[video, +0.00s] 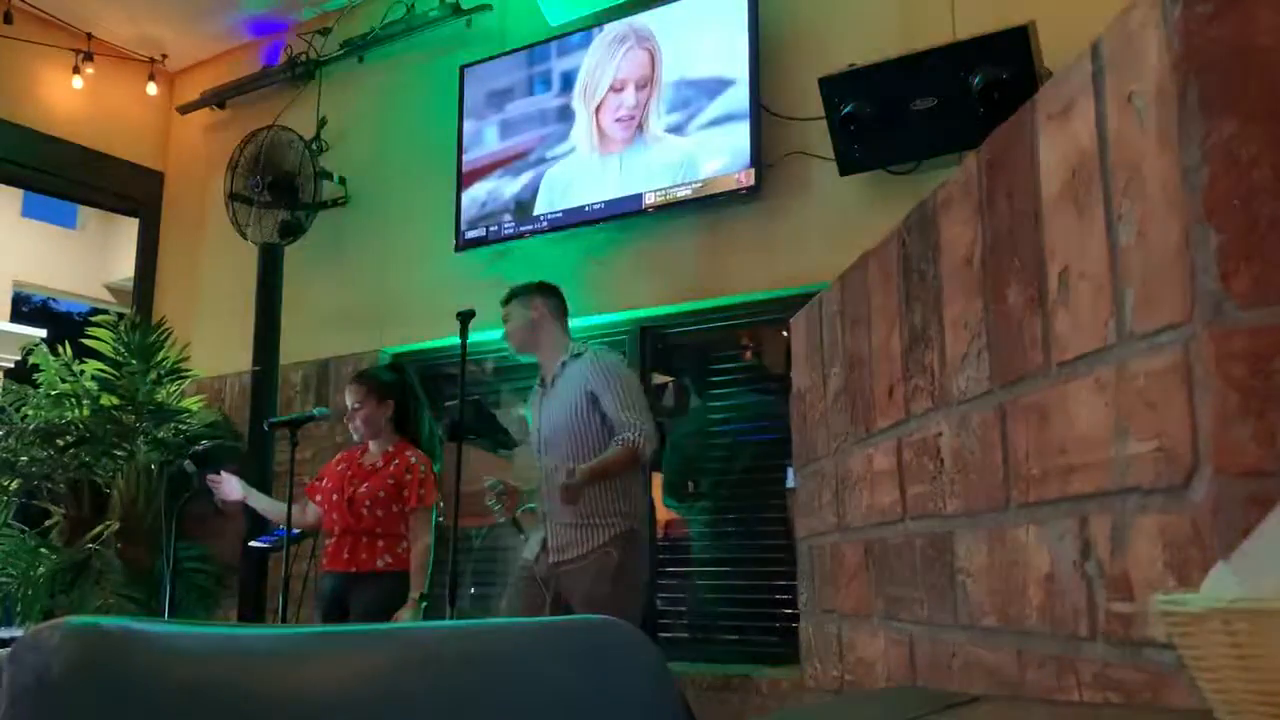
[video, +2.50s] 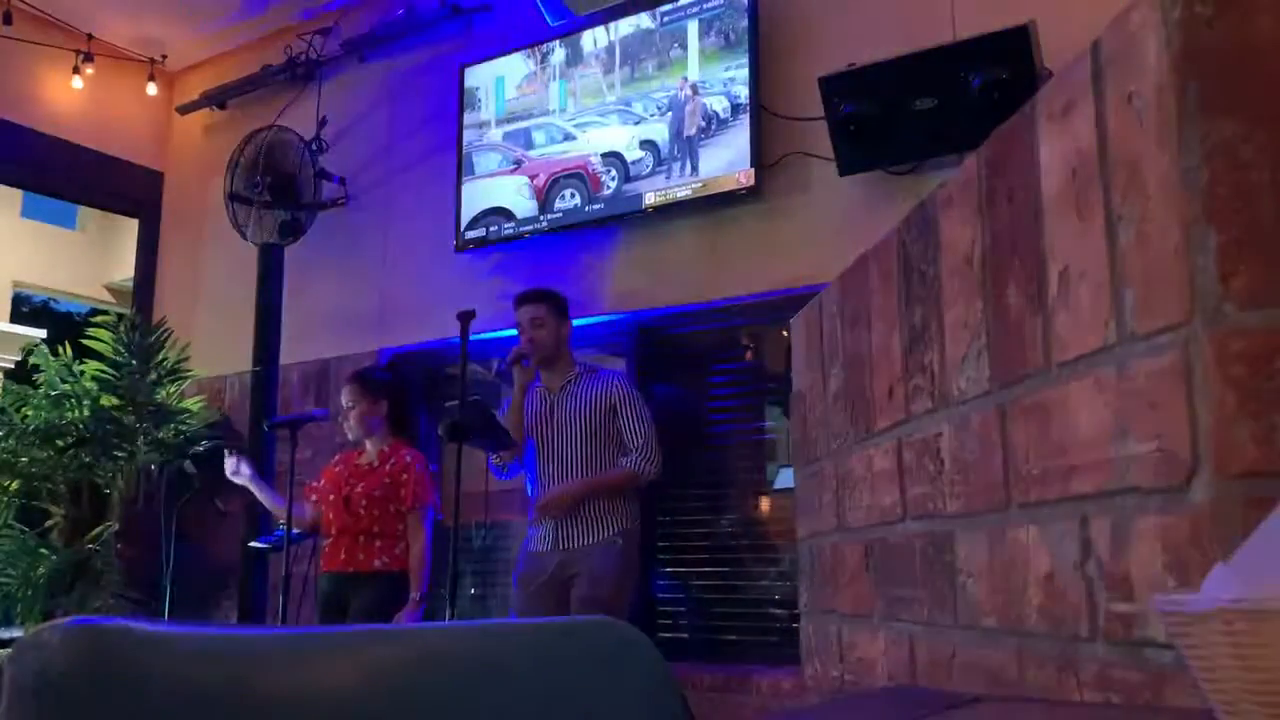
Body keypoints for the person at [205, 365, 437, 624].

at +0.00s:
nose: (348, 417)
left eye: (357, 408)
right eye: (347, 410)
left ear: (387, 408)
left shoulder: (413, 464)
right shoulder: (342, 463)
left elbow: (421, 539)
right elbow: (304, 517)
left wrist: (415, 601)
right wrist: (244, 492)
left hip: (385, 583)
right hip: (334, 582)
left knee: (371, 677)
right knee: (329, 675)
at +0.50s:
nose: (349, 419)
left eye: (358, 410)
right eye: (348, 412)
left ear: (388, 408)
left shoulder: (417, 464)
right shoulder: (340, 464)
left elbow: (428, 536)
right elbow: (302, 517)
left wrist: (427, 601)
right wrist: (246, 491)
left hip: (389, 582)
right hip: (335, 582)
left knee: (383, 680)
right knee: (333, 679)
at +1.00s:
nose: (353, 408)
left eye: (362, 399)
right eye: (354, 399)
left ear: (393, 405)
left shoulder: (418, 462)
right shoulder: (346, 462)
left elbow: (431, 535)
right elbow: (310, 519)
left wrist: (428, 600)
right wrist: (256, 495)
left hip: (392, 582)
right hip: (339, 582)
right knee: (339, 678)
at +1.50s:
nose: (353, 414)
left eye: (362, 405)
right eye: (354, 406)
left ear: (392, 405)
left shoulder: (420, 463)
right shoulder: (357, 462)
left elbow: (431, 537)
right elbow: (339, 527)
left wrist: (423, 602)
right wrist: (285, 517)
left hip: (395, 586)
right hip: (347, 583)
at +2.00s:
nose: (349, 416)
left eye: (357, 406)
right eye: (349, 408)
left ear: (386, 405)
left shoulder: (413, 461)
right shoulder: (355, 460)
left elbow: (419, 539)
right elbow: (333, 526)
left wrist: (411, 600)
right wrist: (278, 515)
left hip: (384, 581)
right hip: (341, 579)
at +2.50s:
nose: (343, 417)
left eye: (351, 407)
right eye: (342, 409)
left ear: (380, 408)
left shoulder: (408, 463)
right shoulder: (341, 464)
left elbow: (419, 537)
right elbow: (303, 518)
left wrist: (415, 601)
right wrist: (251, 481)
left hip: (383, 581)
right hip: (334, 580)